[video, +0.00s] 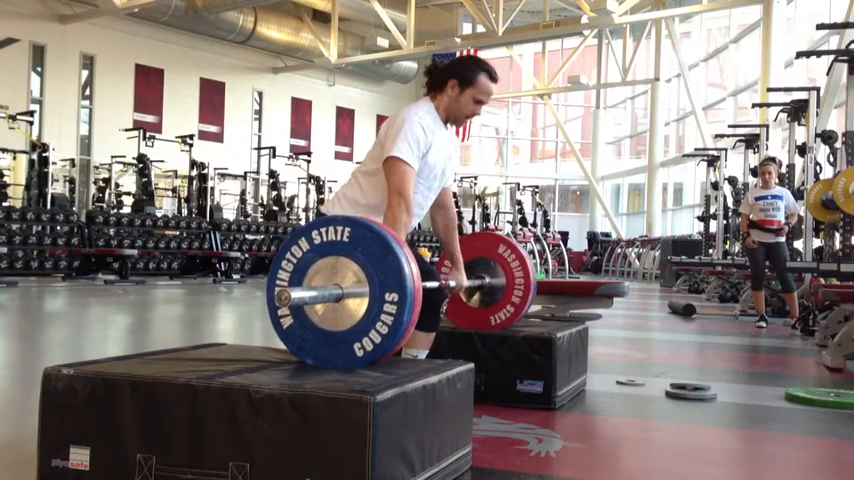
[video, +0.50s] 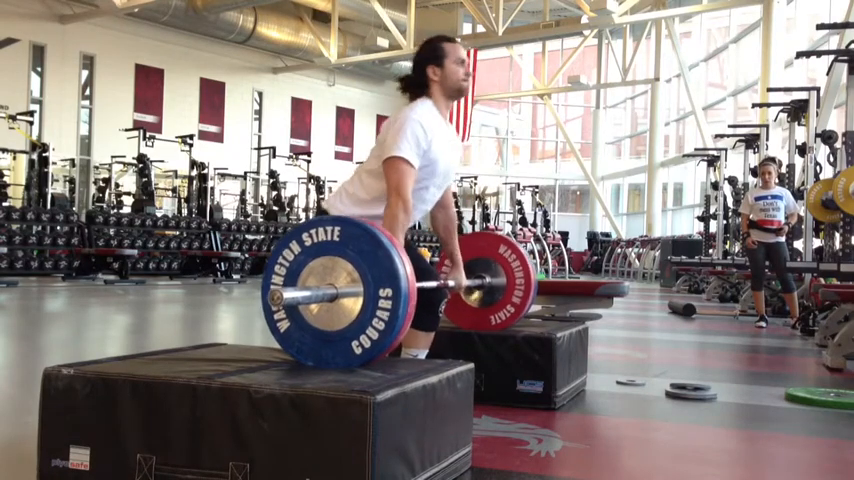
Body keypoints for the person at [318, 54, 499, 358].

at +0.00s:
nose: (478, 112)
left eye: (483, 105)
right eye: (477, 101)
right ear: (452, 88)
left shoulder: (448, 140)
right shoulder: (413, 120)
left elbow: (443, 209)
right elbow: (399, 201)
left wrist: (457, 266)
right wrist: (388, 270)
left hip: (386, 233)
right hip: (346, 226)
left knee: (432, 289)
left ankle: (407, 385)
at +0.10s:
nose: (492, 96)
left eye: (493, 89)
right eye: (488, 87)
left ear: (467, 86)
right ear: (460, 82)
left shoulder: (455, 140)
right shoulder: (421, 121)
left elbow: (446, 208)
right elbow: (403, 199)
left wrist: (456, 264)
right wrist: (386, 269)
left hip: (384, 228)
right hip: (343, 219)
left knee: (427, 289)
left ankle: (405, 384)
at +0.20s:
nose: (493, 78)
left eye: (492, 71)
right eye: (485, 70)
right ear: (458, 75)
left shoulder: (459, 137)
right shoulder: (428, 119)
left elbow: (448, 207)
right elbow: (406, 197)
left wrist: (455, 265)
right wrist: (391, 267)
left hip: (385, 225)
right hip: (344, 215)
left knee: (426, 289)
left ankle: (406, 385)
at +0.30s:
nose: (488, 72)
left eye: (486, 65)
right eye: (479, 65)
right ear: (453, 73)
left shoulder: (459, 135)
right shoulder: (430, 119)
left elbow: (448, 207)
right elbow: (406, 199)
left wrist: (454, 265)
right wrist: (390, 267)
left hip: (384, 224)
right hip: (345, 214)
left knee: (425, 289)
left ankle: (404, 385)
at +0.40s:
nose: (481, 72)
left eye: (479, 64)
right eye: (472, 64)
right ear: (446, 73)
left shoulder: (457, 136)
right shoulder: (425, 119)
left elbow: (447, 206)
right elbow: (403, 200)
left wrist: (454, 264)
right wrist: (387, 269)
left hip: (384, 225)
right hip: (344, 217)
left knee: (427, 289)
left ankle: (408, 384)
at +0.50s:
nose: (468, 70)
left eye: (468, 64)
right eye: (460, 63)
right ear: (434, 72)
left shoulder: (447, 135)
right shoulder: (413, 119)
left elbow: (442, 205)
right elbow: (398, 199)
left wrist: (455, 262)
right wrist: (389, 269)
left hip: (385, 229)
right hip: (348, 224)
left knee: (430, 290)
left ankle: (408, 383)